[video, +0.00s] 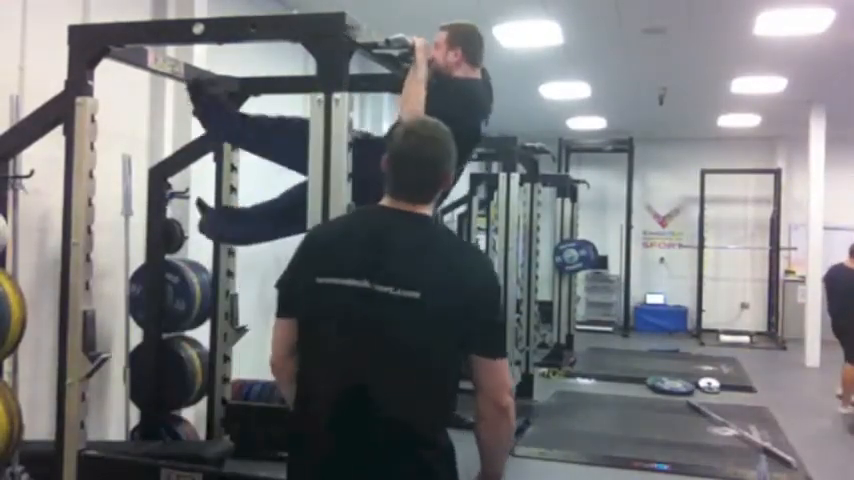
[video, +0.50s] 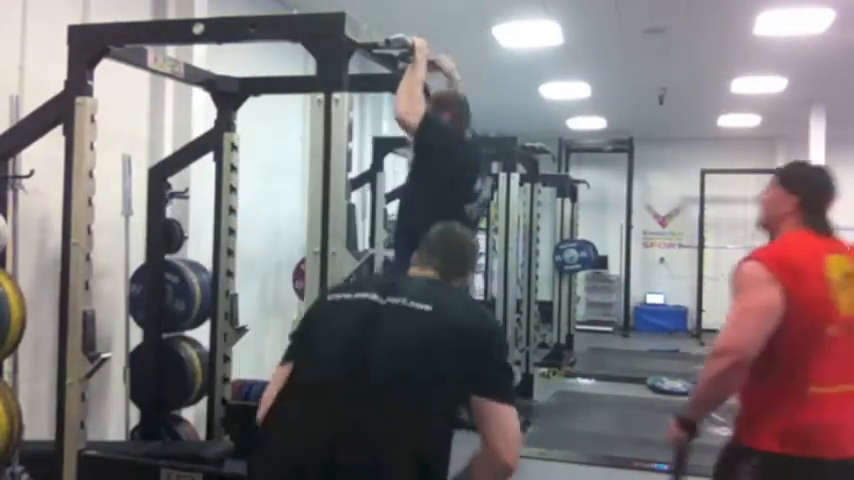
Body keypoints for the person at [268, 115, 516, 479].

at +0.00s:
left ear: (383, 164)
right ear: (448, 181)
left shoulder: (321, 243)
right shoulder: (469, 266)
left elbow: (282, 359)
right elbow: (498, 401)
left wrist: (315, 417)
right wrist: (491, 472)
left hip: (323, 452)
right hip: (417, 460)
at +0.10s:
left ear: (392, 169)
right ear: (455, 186)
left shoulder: (327, 243)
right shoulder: (477, 268)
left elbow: (281, 361)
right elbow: (503, 403)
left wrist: (305, 432)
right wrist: (497, 472)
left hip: (323, 455)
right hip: (419, 461)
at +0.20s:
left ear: (403, 180)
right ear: (466, 198)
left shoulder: (331, 251)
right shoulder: (484, 280)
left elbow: (276, 367)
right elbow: (508, 412)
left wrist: (293, 441)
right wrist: (498, 473)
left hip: (320, 458)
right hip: (421, 463)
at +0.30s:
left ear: (409, 205)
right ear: (467, 225)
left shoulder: (334, 261)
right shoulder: (487, 294)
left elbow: (276, 376)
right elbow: (504, 426)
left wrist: (295, 443)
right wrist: (486, 474)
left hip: (317, 460)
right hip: (418, 466)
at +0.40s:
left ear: (414, 232)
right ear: (467, 253)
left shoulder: (338, 278)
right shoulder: (481, 307)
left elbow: (276, 394)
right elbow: (494, 443)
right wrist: (471, 474)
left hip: (311, 462)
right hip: (411, 466)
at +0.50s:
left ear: (413, 260)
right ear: (465, 275)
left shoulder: (335, 297)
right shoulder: (473, 322)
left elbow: (266, 412)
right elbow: (503, 455)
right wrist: (462, 477)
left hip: (292, 464)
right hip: (400, 467)